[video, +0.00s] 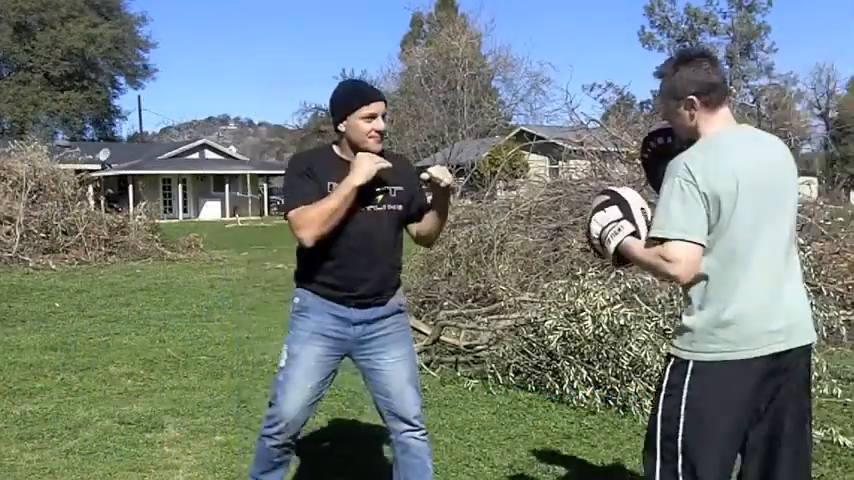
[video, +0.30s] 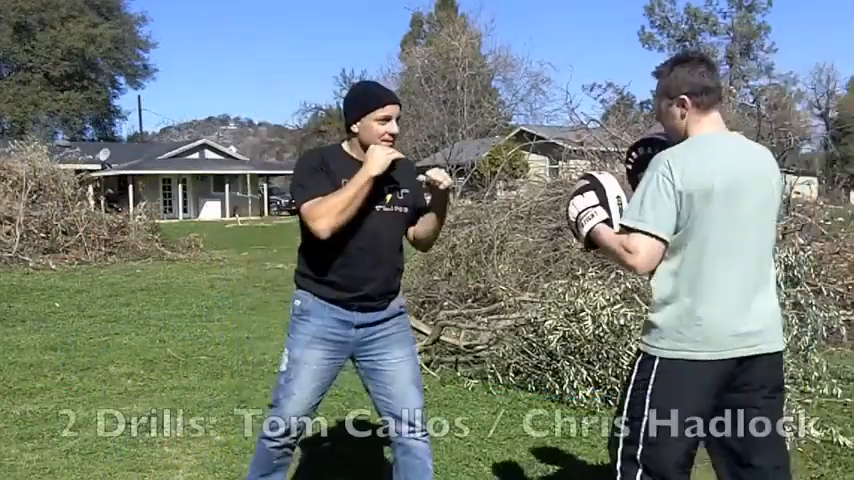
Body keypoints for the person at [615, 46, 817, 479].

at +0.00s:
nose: (665, 123)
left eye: (666, 113)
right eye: (662, 114)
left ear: (691, 106)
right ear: (722, 99)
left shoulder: (691, 165)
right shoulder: (778, 150)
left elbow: (680, 267)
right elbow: (748, 234)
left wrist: (625, 244)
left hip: (717, 352)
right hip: (792, 344)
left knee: (682, 469)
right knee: (783, 469)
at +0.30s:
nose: (660, 120)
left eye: (660, 109)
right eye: (657, 110)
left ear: (682, 105)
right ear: (715, 100)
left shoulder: (672, 164)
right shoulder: (766, 160)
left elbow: (641, 256)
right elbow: (739, 233)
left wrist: (597, 229)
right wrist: (662, 188)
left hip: (682, 350)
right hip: (761, 346)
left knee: (648, 467)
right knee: (762, 466)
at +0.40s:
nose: (650, 123)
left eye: (652, 112)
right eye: (649, 112)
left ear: (675, 114)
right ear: (710, 111)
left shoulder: (664, 172)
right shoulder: (754, 173)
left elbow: (626, 266)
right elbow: (718, 244)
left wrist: (575, 239)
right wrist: (662, 176)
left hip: (662, 348)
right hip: (738, 348)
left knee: (599, 451)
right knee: (738, 459)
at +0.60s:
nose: (589, 128)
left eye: (591, 117)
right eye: (589, 117)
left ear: (609, 118)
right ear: (644, 114)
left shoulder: (584, 178)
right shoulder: (692, 174)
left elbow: (511, 236)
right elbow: (695, 238)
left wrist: (495, 189)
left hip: (598, 352)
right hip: (684, 352)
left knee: (544, 460)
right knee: (714, 462)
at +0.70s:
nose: (549, 152)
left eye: (549, 143)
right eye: (550, 143)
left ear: (562, 145)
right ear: (602, 140)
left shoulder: (539, 195)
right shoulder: (652, 192)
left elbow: (452, 201)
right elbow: (663, 254)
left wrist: (415, 164)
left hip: (571, 368)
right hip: (655, 367)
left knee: (505, 465)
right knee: (694, 462)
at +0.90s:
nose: (533, 159)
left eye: (535, 151)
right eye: (532, 150)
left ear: (556, 156)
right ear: (592, 149)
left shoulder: (538, 207)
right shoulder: (644, 202)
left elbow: (459, 251)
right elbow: (652, 262)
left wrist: (455, 233)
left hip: (564, 376)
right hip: (649, 375)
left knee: (491, 464)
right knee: (679, 469)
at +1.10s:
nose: (596, 120)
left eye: (601, 109)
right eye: (598, 109)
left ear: (625, 116)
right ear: (653, 112)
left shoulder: (607, 175)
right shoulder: (690, 166)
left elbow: (573, 270)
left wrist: (543, 293)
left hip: (620, 343)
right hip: (695, 338)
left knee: (557, 455)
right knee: (709, 458)